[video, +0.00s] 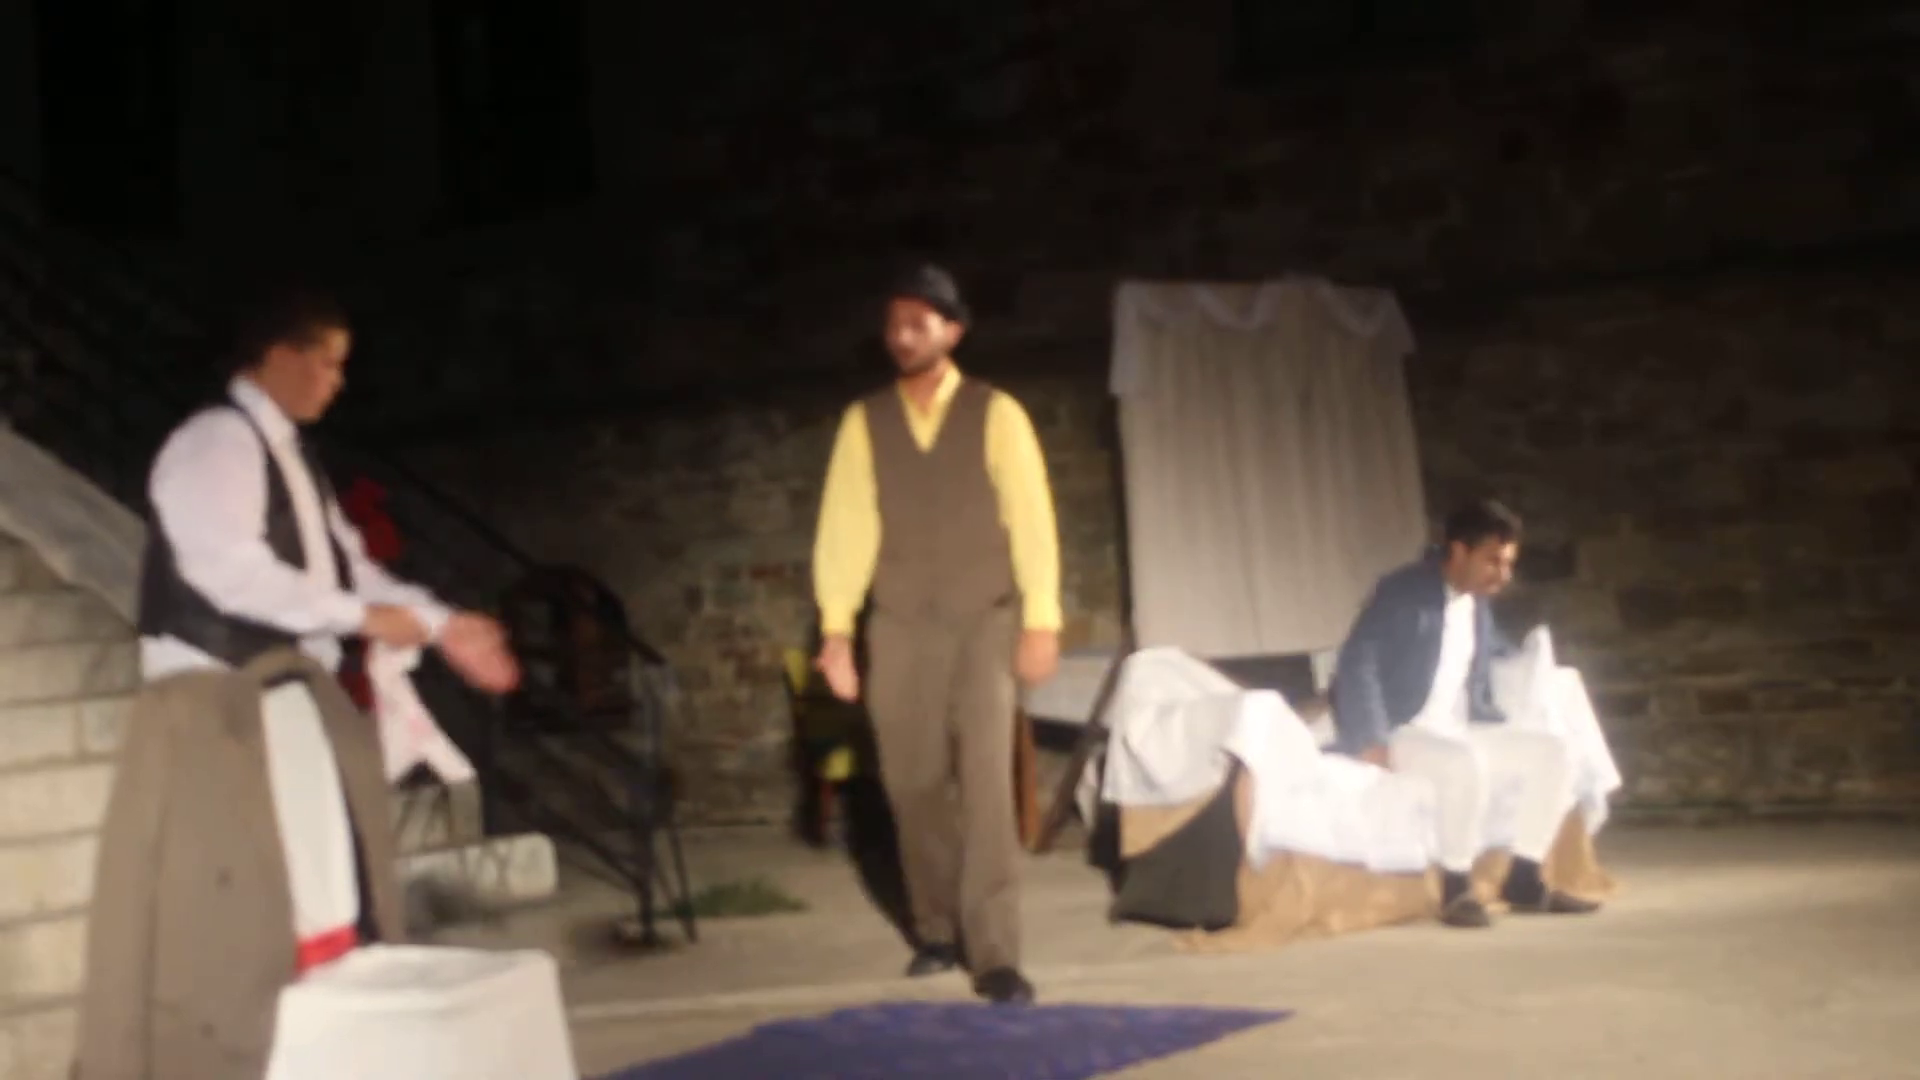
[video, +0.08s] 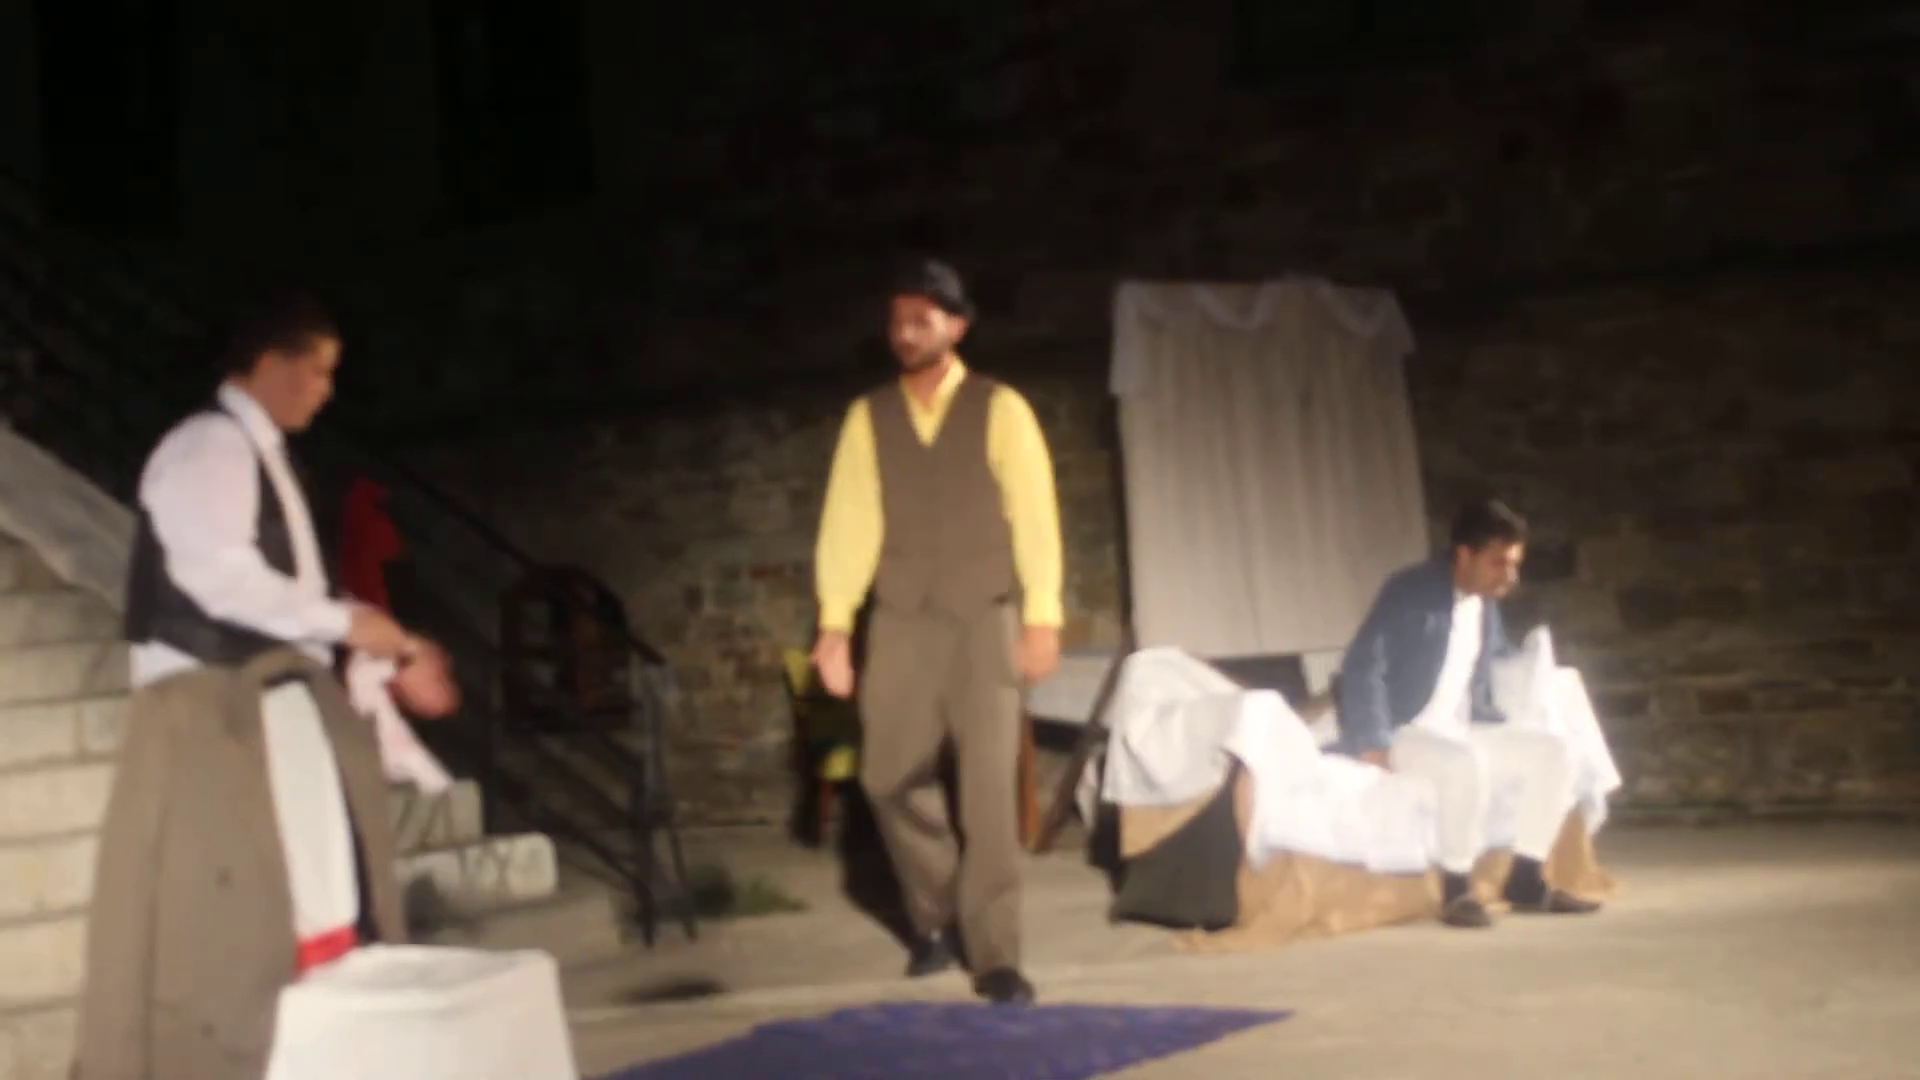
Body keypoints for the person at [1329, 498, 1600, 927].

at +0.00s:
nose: (1502, 575)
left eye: (1509, 565)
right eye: (1493, 562)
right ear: (1458, 552)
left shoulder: (1479, 608)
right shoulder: (1402, 592)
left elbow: (1480, 683)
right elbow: (1357, 662)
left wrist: (1493, 725)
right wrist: (1369, 739)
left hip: (1461, 730)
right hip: (1401, 732)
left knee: (1553, 753)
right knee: (1462, 763)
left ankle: (1524, 879)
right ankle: (1456, 890)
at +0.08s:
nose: (1509, 576)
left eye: (1515, 566)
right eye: (1499, 564)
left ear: (1518, 564)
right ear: (1464, 555)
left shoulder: (1488, 610)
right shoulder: (1410, 591)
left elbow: (1486, 688)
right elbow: (1363, 663)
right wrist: (1371, 739)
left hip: (1462, 731)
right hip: (1403, 732)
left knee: (1555, 753)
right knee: (1463, 763)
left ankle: (1526, 880)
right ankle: (1457, 891)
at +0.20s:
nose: (1524, 581)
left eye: (1530, 570)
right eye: (1514, 568)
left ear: (1534, 569)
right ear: (1478, 560)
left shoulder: (1500, 609)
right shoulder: (1423, 592)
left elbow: (1488, 681)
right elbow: (1374, 661)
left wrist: (1499, 727)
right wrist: (1372, 743)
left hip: (1464, 731)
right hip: (1405, 732)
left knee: (1554, 754)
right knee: (1468, 764)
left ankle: (1527, 880)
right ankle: (1458, 890)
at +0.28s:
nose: (1538, 589)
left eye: (1545, 579)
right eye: (1529, 574)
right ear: (1493, 563)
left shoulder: (1509, 615)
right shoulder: (1433, 596)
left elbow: (1487, 689)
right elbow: (1380, 667)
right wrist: (1373, 747)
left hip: (1465, 729)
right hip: (1407, 729)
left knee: (1552, 757)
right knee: (1468, 767)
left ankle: (1527, 883)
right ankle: (1458, 891)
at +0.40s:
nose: (1562, 597)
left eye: (1567, 586)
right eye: (1553, 582)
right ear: (1514, 569)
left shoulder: (1520, 618)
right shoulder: (1452, 599)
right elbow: (1399, 667)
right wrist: (1376, 750)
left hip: (1469, 724)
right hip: (1411, 725)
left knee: (1552, 758)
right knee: (1472, 770)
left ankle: (1527, 885)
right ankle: (1459, 892)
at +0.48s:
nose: (1575, 593)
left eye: (1582, 582)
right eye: (1568, 577)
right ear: (1532, 564)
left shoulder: (1528, 610)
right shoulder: (1468, 591)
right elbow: (1410, 662)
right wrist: (1379, 746)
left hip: (1471, 714)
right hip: (1418, 714)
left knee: (1553, 759)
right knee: (1475, 772)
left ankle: (1527, 885)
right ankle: (1461, 891)